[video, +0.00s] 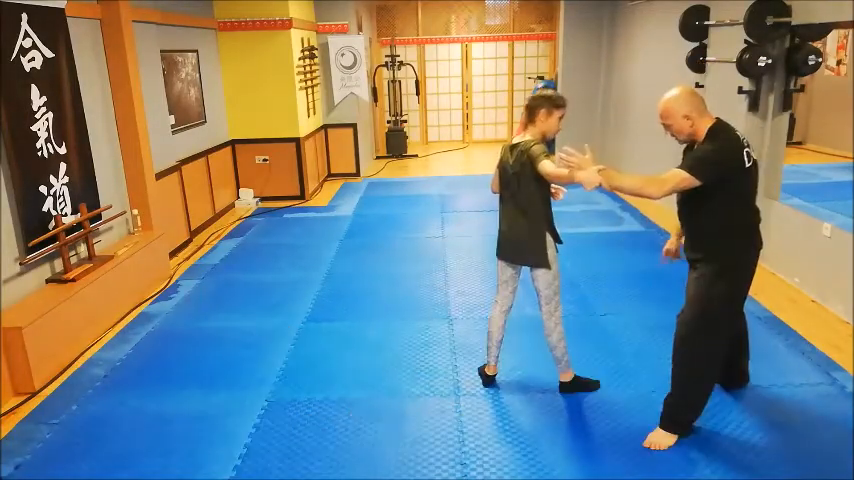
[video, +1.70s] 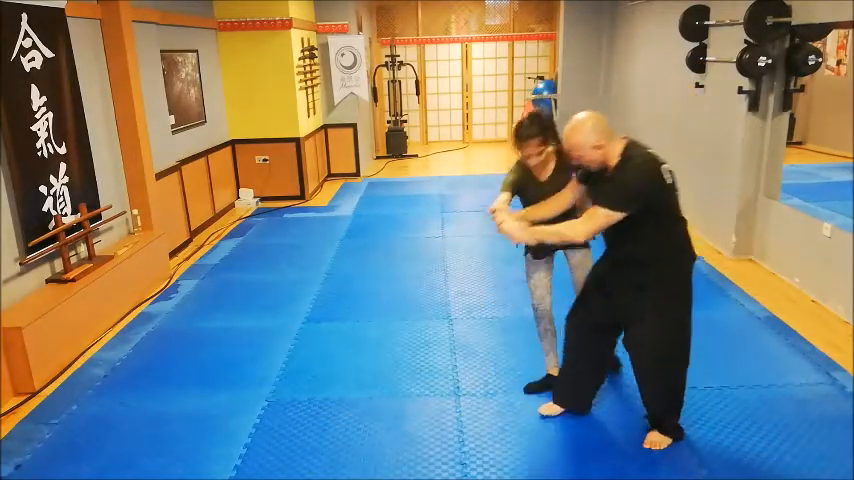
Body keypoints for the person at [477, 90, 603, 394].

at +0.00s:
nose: (560, 126)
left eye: (561, 119)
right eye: (558, 119)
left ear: (532, 117)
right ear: (541, 116)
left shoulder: (510, 147)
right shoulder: (535, 147)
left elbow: (497, 187)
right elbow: (549, 171)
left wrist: (542, 189)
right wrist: (580, 175)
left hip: (508, 236)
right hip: (538, 237)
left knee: (502, 301)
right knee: (551, 307)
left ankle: (490, 368)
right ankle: (566, 376)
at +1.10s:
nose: (560, 135)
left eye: (563, 129)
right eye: (559, 129)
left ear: (536, 122)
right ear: (541, 123)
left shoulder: (514, 148)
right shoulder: (528, 150)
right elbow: (538, 176)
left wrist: (550, 166)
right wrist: (562, 186)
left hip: (503, 234)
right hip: (526, 236)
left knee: (502, 300)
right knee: (557, 298)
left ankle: (489, 367)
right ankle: (564, 369)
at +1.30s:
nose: (566, 139)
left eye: (569, 133)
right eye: (562, 134)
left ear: (545, 127)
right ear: (543, 128)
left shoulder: (542, 150)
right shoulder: (534, 159)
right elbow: (545, 193)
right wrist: (572, 193)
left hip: (526, 233)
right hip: (533, 238)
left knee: (535, 294)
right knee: (559, 301)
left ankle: (497, 350)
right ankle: (563, 371)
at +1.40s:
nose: (565, 141)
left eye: (569, 134)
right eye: (559, 136)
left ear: (574, 126)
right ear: (541, 129)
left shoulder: (558, 149)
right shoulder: (532, 161)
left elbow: (564, 184)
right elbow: (541, 197)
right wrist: (569, 205)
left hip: (552, 226)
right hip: (535, 231)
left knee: (565, 291)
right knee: (554, 300)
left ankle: (514, 335)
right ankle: (561, 370)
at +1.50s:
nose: (558, 143)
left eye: (562, 136)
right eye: (551, 138)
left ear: (568, 128)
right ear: (537, 132)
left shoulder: (569, 147)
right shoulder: (529, 159)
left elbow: (571, 178)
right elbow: (530, 194)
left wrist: (583, 194)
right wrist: (555, 212)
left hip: (563, 224)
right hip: (534, 230)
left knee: (579, 293)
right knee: (549, 302)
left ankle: (544, 332)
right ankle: (559, 369)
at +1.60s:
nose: (547, 149)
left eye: (552, 142)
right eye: (540, 144)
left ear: (561, 133)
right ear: (529, 139)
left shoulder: (571, 151)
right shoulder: (524, 165)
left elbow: (582, 184)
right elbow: (518, 201)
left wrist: (587, 214)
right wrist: (538, 218)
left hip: (574, 230)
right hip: (538, 235)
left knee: (583, 299)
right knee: (545, 305)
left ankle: (577, 345)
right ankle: (555, 366)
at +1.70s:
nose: (531, 160)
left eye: (537, 154)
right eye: (525, 155)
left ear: (550, 145)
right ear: (518, 148)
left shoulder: (568, 161)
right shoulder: (519, 173)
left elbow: (586, 197)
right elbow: (501, 203)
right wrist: (502, 211)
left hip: (574, 231)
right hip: (537, 237)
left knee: (587, 298)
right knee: (541, 306)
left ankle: (603, 353)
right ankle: (553, 371)